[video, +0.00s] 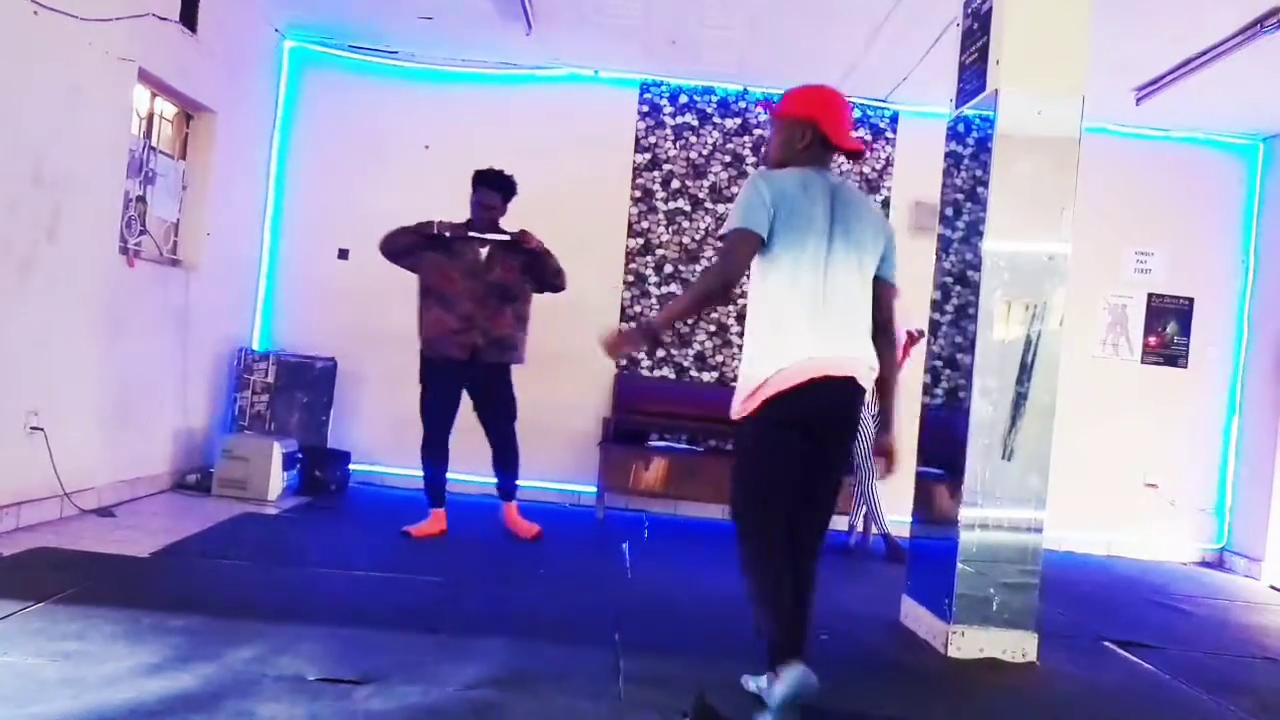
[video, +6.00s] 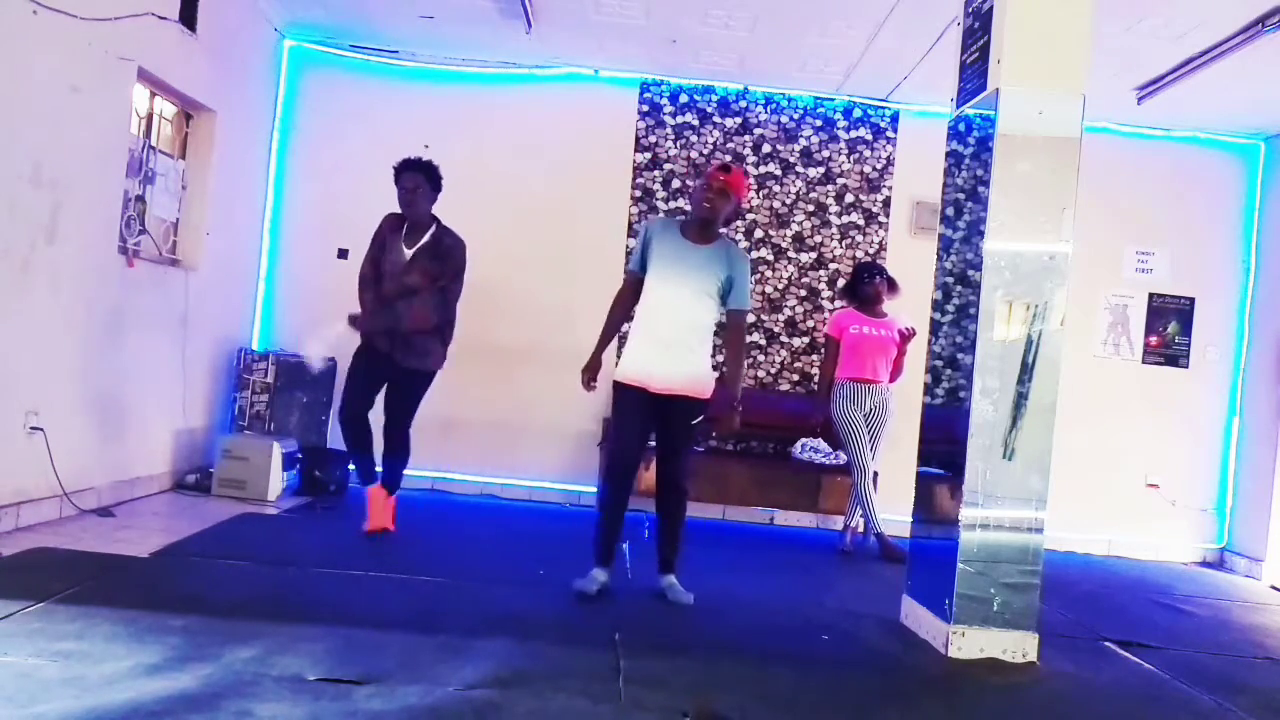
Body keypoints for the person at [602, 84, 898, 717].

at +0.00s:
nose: (768, 140)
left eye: (777, 128)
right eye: (773, 127)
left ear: (802, 134)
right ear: (830, 144)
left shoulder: (771, 187)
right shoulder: (873, 217)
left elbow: (728, 271)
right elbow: (885, 330)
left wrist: (648, 328)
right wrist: (888, 421)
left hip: (782, 386)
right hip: (848, 395)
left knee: (758, 523)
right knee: (803, 535)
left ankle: (789, 663)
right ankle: (779, 675)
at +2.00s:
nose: (688, 212)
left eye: (696, 206)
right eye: (682, 203)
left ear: (706, 214)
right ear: (668, 205)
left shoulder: (694, 259)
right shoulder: (652, 237)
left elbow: (694, 318)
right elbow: (673, 292)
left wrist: (706, 352)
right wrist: (705, 268)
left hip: (669, 375)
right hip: (629, 371)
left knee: (682, 462)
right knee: (628, 466)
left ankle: (645, 541)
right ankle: (610, 551)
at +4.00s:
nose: (690, 192)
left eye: (698, 186)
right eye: (684, 184)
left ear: (712, 197)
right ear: (671, 191)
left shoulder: (726, 257)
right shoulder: (641, 243)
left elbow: (720, 327)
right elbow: (621, 309)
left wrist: (710, 390)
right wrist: (610, 371)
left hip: (687, 390)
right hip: (634, 386)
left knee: (692, 481)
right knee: (620, 477)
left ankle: (693, 573)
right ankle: (613, 565)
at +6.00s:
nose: (707, 196)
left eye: (718, 193)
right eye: (705, 187)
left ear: (734, 209)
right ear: (695, 191)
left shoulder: (734, 261)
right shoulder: (656, 233)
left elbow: (736, 331)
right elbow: (628, 293)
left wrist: (731, 396)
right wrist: (598, 352)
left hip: (688, 387)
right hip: (635, 377)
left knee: (674, 483)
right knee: (618, 474)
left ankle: (668, 574)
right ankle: (601, 567)